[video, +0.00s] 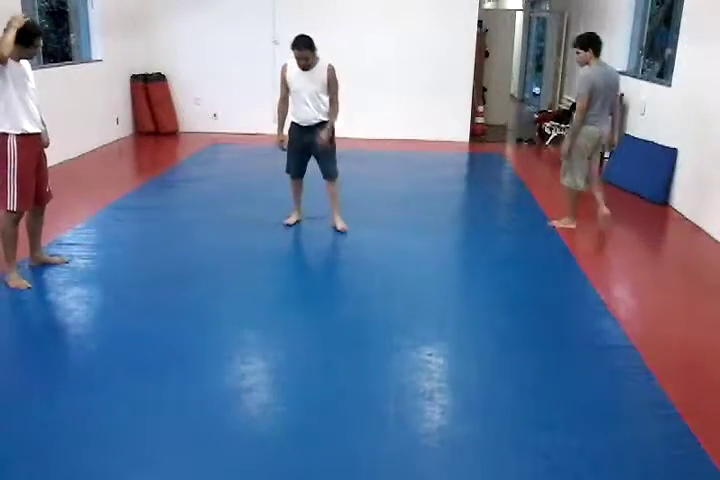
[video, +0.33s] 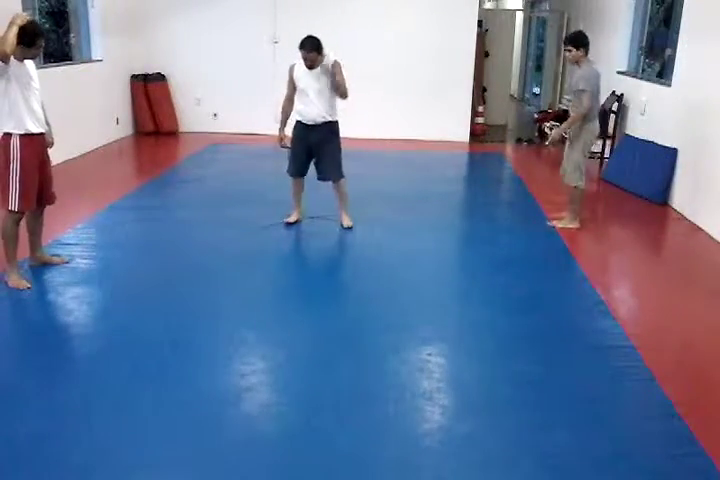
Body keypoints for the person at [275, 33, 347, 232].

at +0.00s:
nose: (302, 62)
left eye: (306, 58)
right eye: (298, 58)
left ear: (314, 53)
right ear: (293, 54)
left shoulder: (327, 70)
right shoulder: (287, 70)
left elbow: (334, 101)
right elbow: (284, 100)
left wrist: (329, 127)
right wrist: (280, 130)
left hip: (321, 127)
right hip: (297, 127)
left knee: (331, 175)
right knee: (295, 174)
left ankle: (336, 216)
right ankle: (296, 211)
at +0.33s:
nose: (306, 62)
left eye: (310, 58)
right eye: (304, 57)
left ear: (320, 54)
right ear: (300, 54)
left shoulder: (332, 66)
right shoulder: (295, 70)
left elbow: (343, 94)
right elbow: (289, 99)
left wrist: (332, 76)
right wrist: (282, 128)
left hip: (327, 126)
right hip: (302, 126)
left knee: (336, 175)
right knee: (296, 173)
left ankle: (344, 213)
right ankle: (297, 211)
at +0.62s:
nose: (317, 62)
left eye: (321, 59)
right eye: (315, 58)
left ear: (332, 55)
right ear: (313, 53)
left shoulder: (343, 64)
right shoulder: (307, 68)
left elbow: (359, 67)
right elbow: (300, 99)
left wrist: (342, 42)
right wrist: (294, 130)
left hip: (336, 127)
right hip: (311, 126)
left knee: (344, 176)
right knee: (303, 174)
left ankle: (344, 213)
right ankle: (299, 211)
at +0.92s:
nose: (318, 60)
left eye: (322, 58)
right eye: (317, 56)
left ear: (334, 55)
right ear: (315, 52)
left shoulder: (345, 64)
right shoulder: (308, 67)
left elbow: (365, 63)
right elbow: (301, 100)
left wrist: (346, 40)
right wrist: (296, 131)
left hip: (337, 127)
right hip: (313, 126)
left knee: (343, 176)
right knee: (304, 174)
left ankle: (344, 214)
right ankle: (298, 211)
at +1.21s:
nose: (314, 59)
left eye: (318, 57)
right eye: (313, 55)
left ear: (331, 54)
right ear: (311, 52)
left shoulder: (342, 65)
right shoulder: (305, 67)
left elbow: (362, 60)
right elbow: (297, 98)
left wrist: (341, 37)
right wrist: (290, 128)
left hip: (333, 127)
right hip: (308, 126)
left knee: (340, 176)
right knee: (301, 174)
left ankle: (343, 214)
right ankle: (297, 211)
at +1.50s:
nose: (309, 57)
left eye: (312, 54)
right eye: (308, 54)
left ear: (324, 52)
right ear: (308, 51)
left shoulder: (339, 65)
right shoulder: (303, 67)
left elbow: (358, 60)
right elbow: (295, 98)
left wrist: (339, 39)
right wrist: (288, 129)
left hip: (330, 127)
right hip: (305, 126)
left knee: (338, 176)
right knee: (299, 175)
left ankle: (343, 215)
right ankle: (298, 212)